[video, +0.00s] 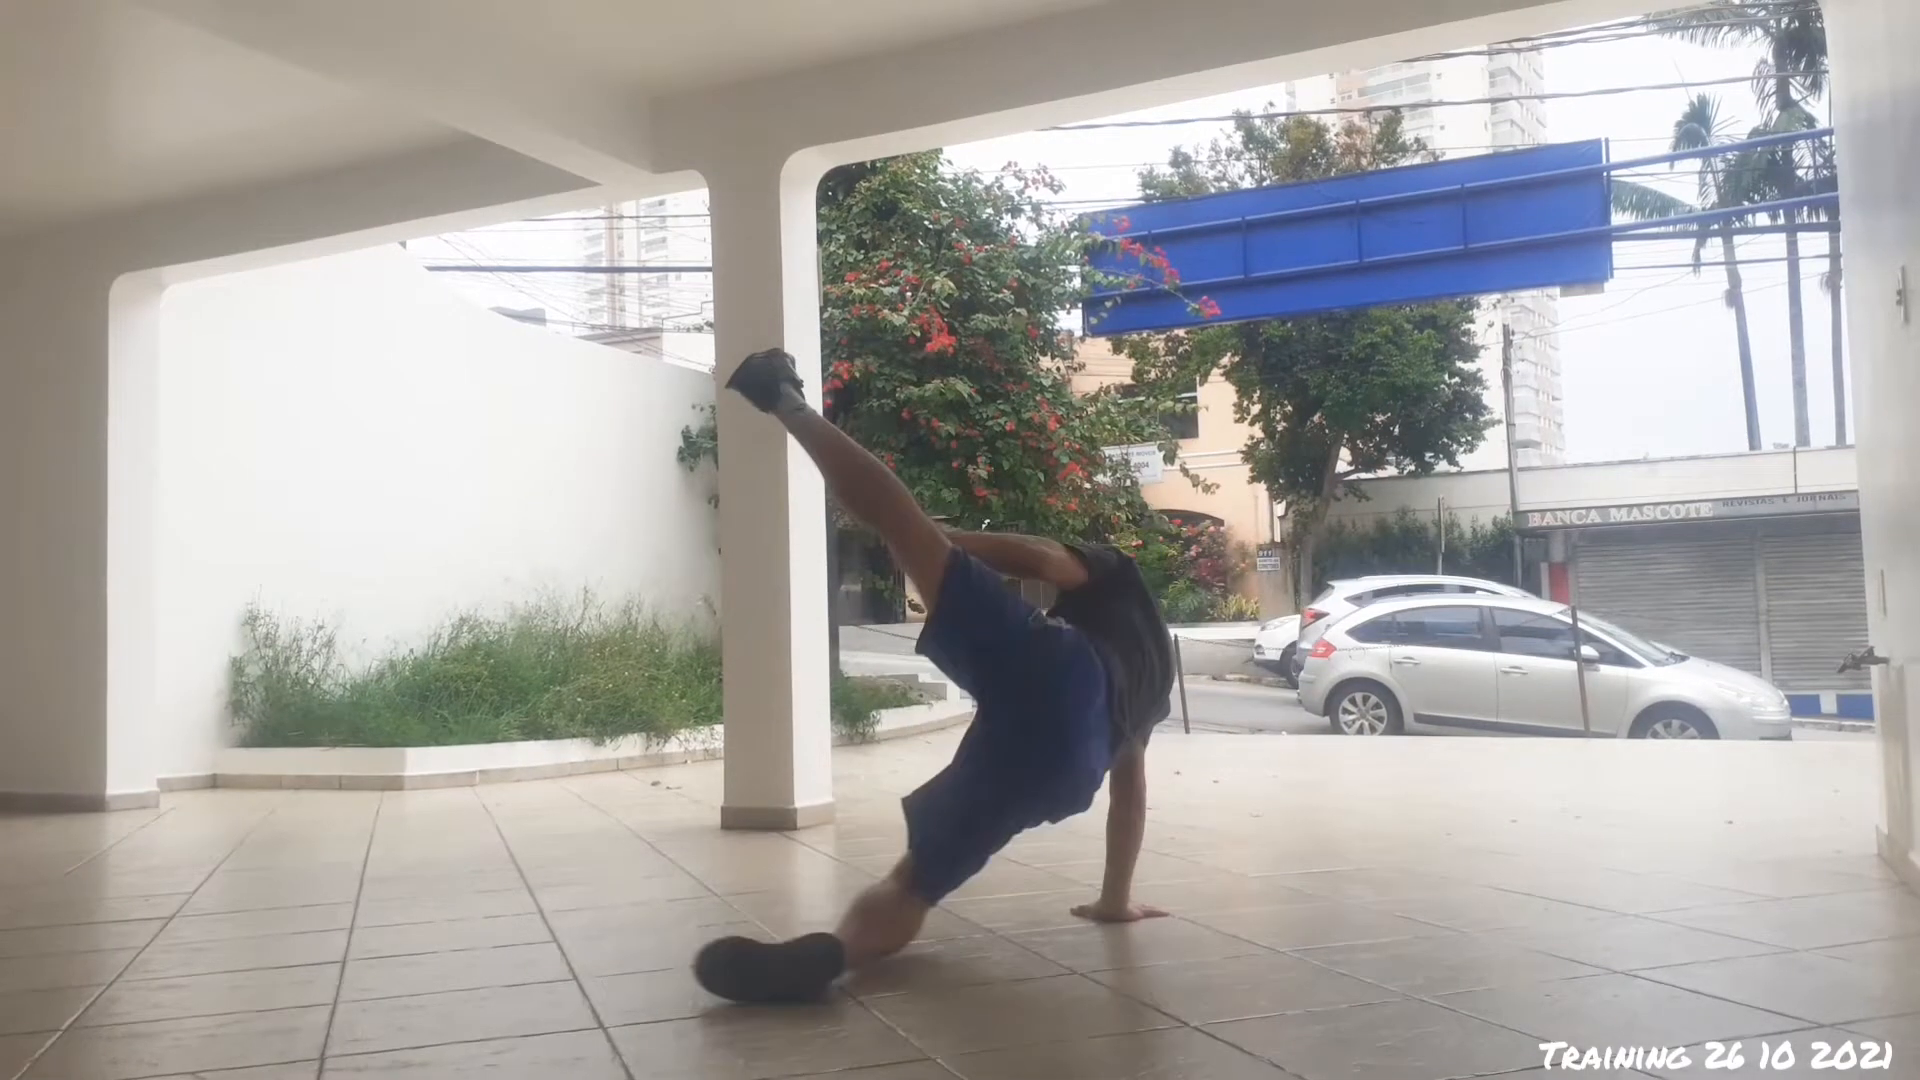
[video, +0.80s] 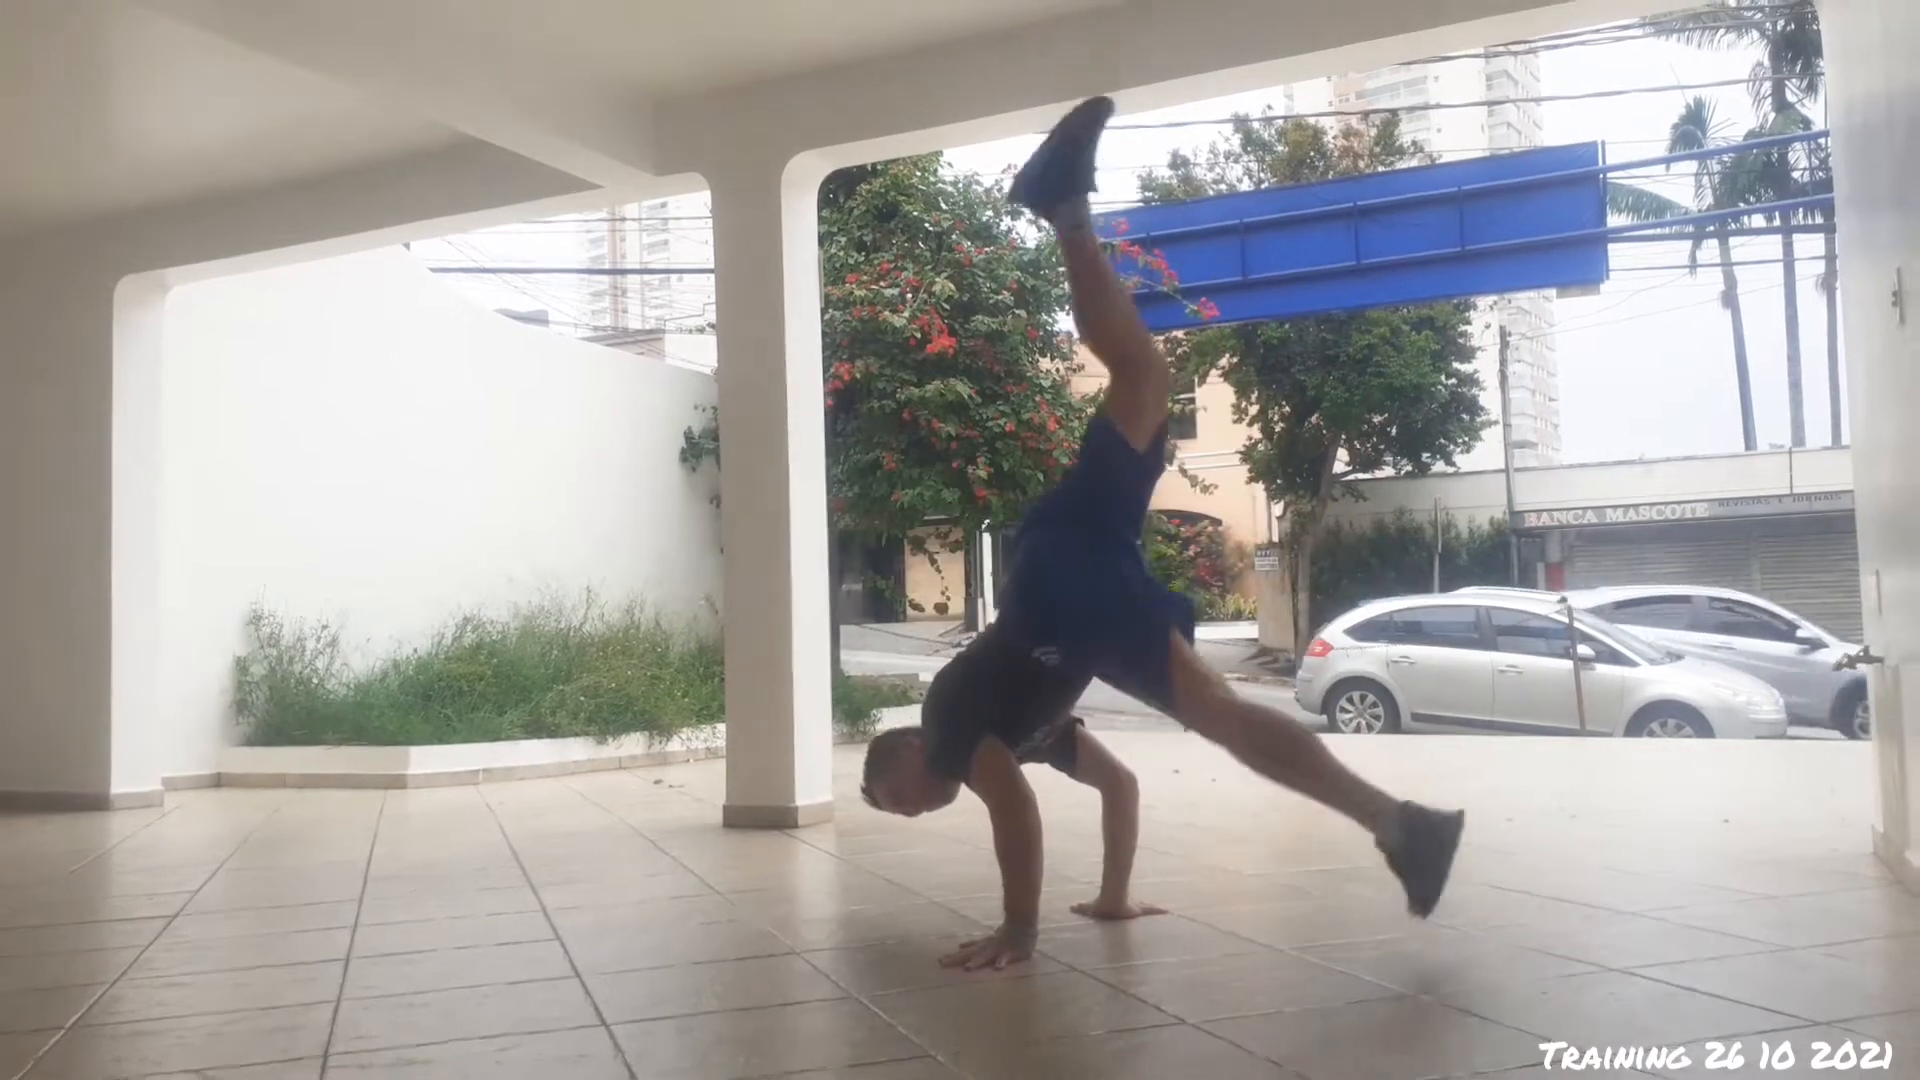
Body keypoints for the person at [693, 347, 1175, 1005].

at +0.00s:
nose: (1066, 568)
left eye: (1078, 566)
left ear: (1101, 574)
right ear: (1140, 616)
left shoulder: (1112, 574)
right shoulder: (1145, 675)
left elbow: (1038, 557)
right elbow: (1130, 797)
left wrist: (936, 538)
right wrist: (1116, 902)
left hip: (1058, 669)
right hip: (1071, 770)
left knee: (908, 530)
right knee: (916, 883)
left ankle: (785, 401)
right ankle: (833, 949)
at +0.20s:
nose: (989, 747)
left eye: (980, 735)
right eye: (989, 744)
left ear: (967, 689)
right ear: (1028, 705)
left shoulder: (961, 669)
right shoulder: (1089, 711)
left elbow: (945, 768)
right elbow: (1116, 796)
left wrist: (943, 889)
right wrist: (1112, 904)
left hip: (1087, 549)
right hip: (1174, 608)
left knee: (930, 476)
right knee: (1159, 790)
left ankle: (768, 379)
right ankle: (1251, 935)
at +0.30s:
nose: (965, 774)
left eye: (954, 761)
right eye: (962, 764)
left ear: (963, 721)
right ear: (1020, 710)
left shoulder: (967, 708)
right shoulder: (1074, 695)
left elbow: (982, 817)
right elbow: (1122, 792)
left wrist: (1008, 928)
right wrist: (1116, 902)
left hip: (1058, 522)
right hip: (1149, 560)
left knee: (919, 483)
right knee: (1274, 697)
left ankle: (751, 424)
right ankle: (1429, 835)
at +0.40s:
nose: (953, 786)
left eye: (936, 777)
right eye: (944, 783)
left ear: (930, 738)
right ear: (982, 731)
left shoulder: (965, 717)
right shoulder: (1067, 710)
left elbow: (996, 816)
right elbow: (1131, 794)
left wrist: (1012, 938)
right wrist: (1111, 903)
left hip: (1049, 526)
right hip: (1142, 534)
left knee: (933, 529)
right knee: (1295, 591)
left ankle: (798, 514)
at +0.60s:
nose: (912, 803)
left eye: (896, 793)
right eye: (900, 800)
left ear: (907, 757)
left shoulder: (946, 717)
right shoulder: (1048, 727)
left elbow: (1012, 811)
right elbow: (1117, 786)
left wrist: (1018, 933)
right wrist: (1116, 894)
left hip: (1039, 552)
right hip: (1100, 524)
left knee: (1096, 674)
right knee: (1217, 449)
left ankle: (1153, 803)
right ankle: (1302, 292)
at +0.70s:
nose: (914, 809)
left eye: (901, 800)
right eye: (905, 808)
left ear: (903, 756)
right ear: (919, 766)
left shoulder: (949, 720)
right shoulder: (1041, 733)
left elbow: (1016, 811)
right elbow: (1125, 788)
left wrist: (1019, 937)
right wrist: (1114, 899)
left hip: (1047, 585)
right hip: (1076, 527)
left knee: (1170, 711)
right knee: (1181, 399)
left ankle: (1317, 850)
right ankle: (1178, 218)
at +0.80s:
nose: (907, 811)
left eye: (892, 800)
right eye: (894, 808)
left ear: (900, 760)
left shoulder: (949, 717)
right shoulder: (1030, 724)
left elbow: (1013, 816)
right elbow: (1118, 786)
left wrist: (1016, 932)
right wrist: (1112, 897)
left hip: (1068, 596)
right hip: (1069, 538)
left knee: (1218, 710)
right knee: (1141, 377)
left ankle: (1395, 822)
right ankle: (1065, 204)